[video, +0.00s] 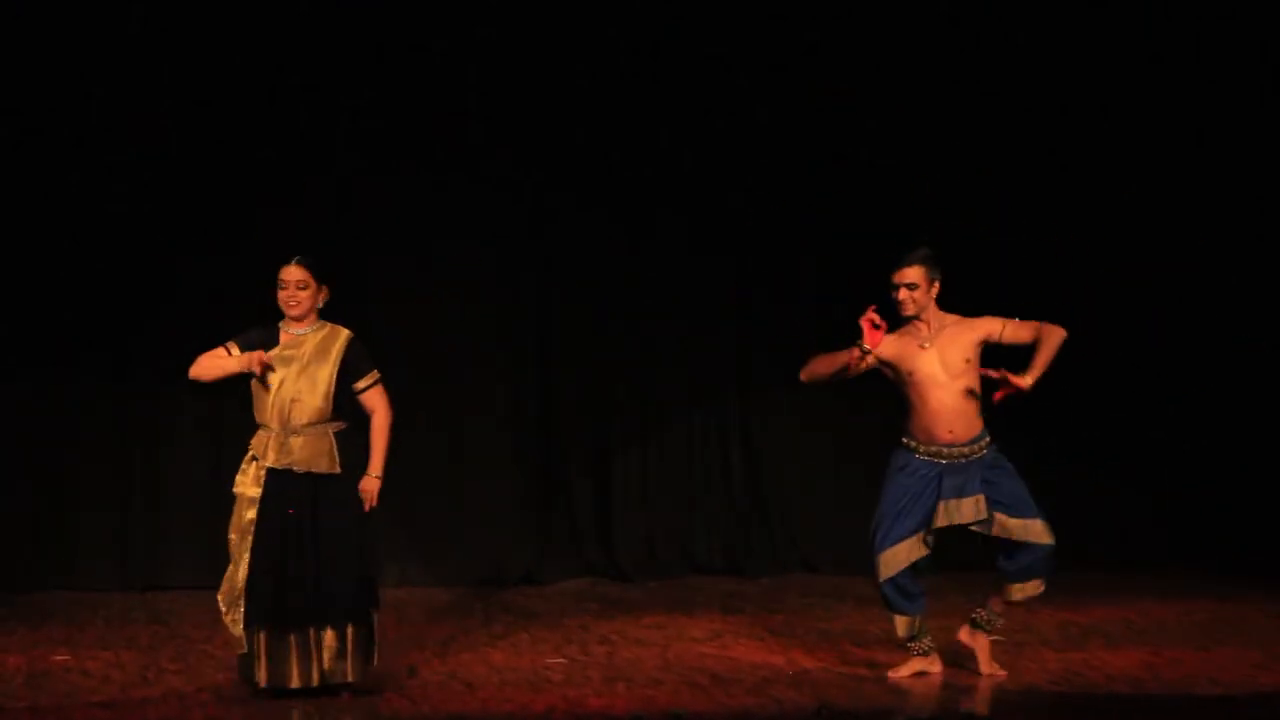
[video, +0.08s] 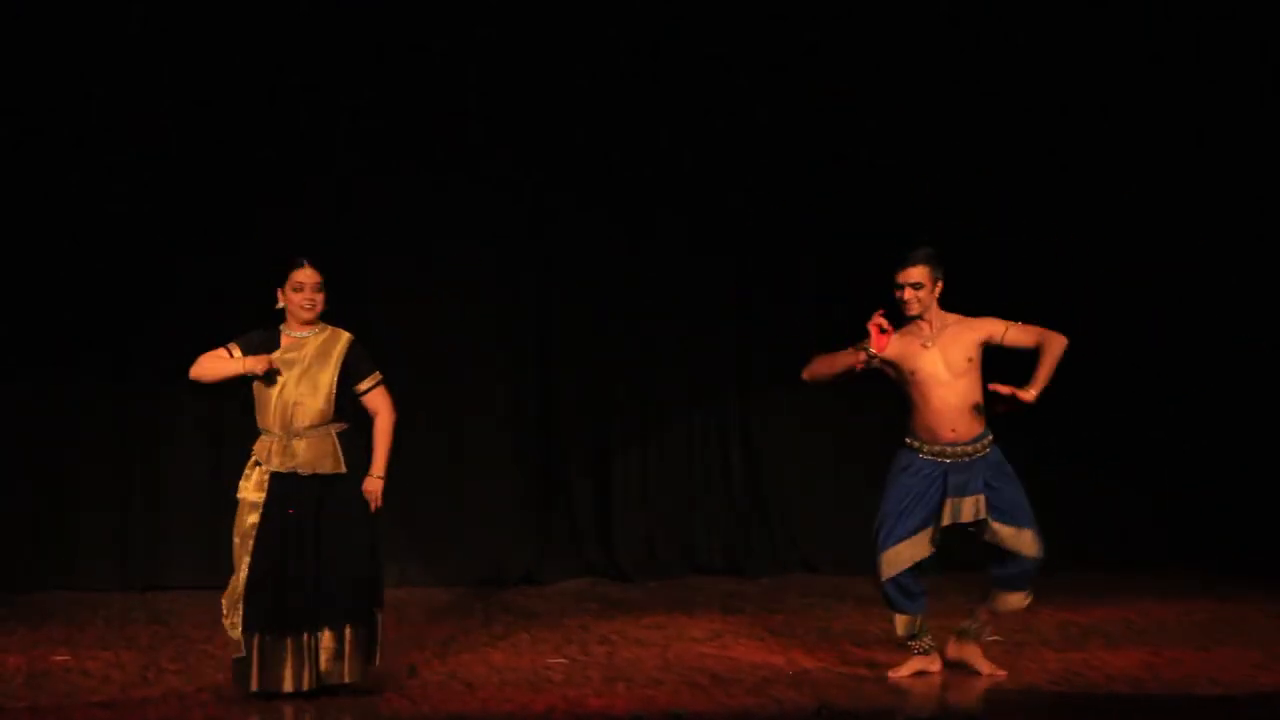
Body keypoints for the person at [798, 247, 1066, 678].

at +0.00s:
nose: (901, 295)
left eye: (910, 287)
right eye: (897, 288)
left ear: (934, 288)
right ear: (894, 292)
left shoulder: (972, 329)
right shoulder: (890, 345)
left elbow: (1052, 333)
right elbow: (809, 374)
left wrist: (1028, 377)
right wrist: (856, 353)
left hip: (979, 457)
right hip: (919, 460)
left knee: (1035, 545)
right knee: (891, 552)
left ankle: (981, 627)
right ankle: (922, 653)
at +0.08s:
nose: (906, 295)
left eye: (915, 287)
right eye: (900, 287)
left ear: (937, 288)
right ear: (896, 291)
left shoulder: (973, 329)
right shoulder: (890, 344)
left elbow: (1055, 340)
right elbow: (812, 372)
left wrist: (1033, 389)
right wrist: (862, 353)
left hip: (980, 456)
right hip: (921, 459)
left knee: (1023, 548)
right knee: (894, 552)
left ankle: (968, 640)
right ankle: (923, 653)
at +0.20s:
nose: (916, 295)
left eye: (925, 286)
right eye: (909, 287)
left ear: (944, 289)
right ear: (901, 292)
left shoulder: (977, 332)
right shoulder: (893, 345)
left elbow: (1057, 348)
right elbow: (815, 369)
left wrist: (1037, 402)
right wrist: (872, 355)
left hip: (981, 458)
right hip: (923, 460)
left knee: (1005, 557)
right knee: (886, 543)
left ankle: (962, 650)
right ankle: (915, 633)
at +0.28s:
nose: (921, 295)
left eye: (930, 287)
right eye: (913, 287)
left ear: (947, 290)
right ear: (905, 292)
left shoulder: (978, 335)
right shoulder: (894, 344)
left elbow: (1056, 353)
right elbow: (817, 365)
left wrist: (1036, 409)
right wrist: (872, 356)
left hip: (979, 462)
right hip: (920, 462)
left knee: (1009, 560)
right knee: (880, 539)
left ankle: (964, 650)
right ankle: (919, 622)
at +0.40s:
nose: (927, 296)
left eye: (936, 288)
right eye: (918, 288)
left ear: (949, 292)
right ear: (906, 293)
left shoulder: (975, 339)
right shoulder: (891, 342)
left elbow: (1049, 365)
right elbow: (815, 362)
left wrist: (1027, 421)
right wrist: (873, 356)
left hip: (973, 467)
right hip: (913, 468)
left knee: (1023, 555)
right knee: (886, 559)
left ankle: (966, 639)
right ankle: (918, 656)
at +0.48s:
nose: (927, 298)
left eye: (936, 290)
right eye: (918, 290)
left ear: (948, 296)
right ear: (905, 295)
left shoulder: (971, 345)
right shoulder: (888, 345)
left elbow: (1042, 374)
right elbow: (813, 361)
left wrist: (1018, 428)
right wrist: (872, 358)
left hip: (968, 469)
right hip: (906, 472)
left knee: (1039, 535)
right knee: (878, 557)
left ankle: (977, 621)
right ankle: (916, 656)